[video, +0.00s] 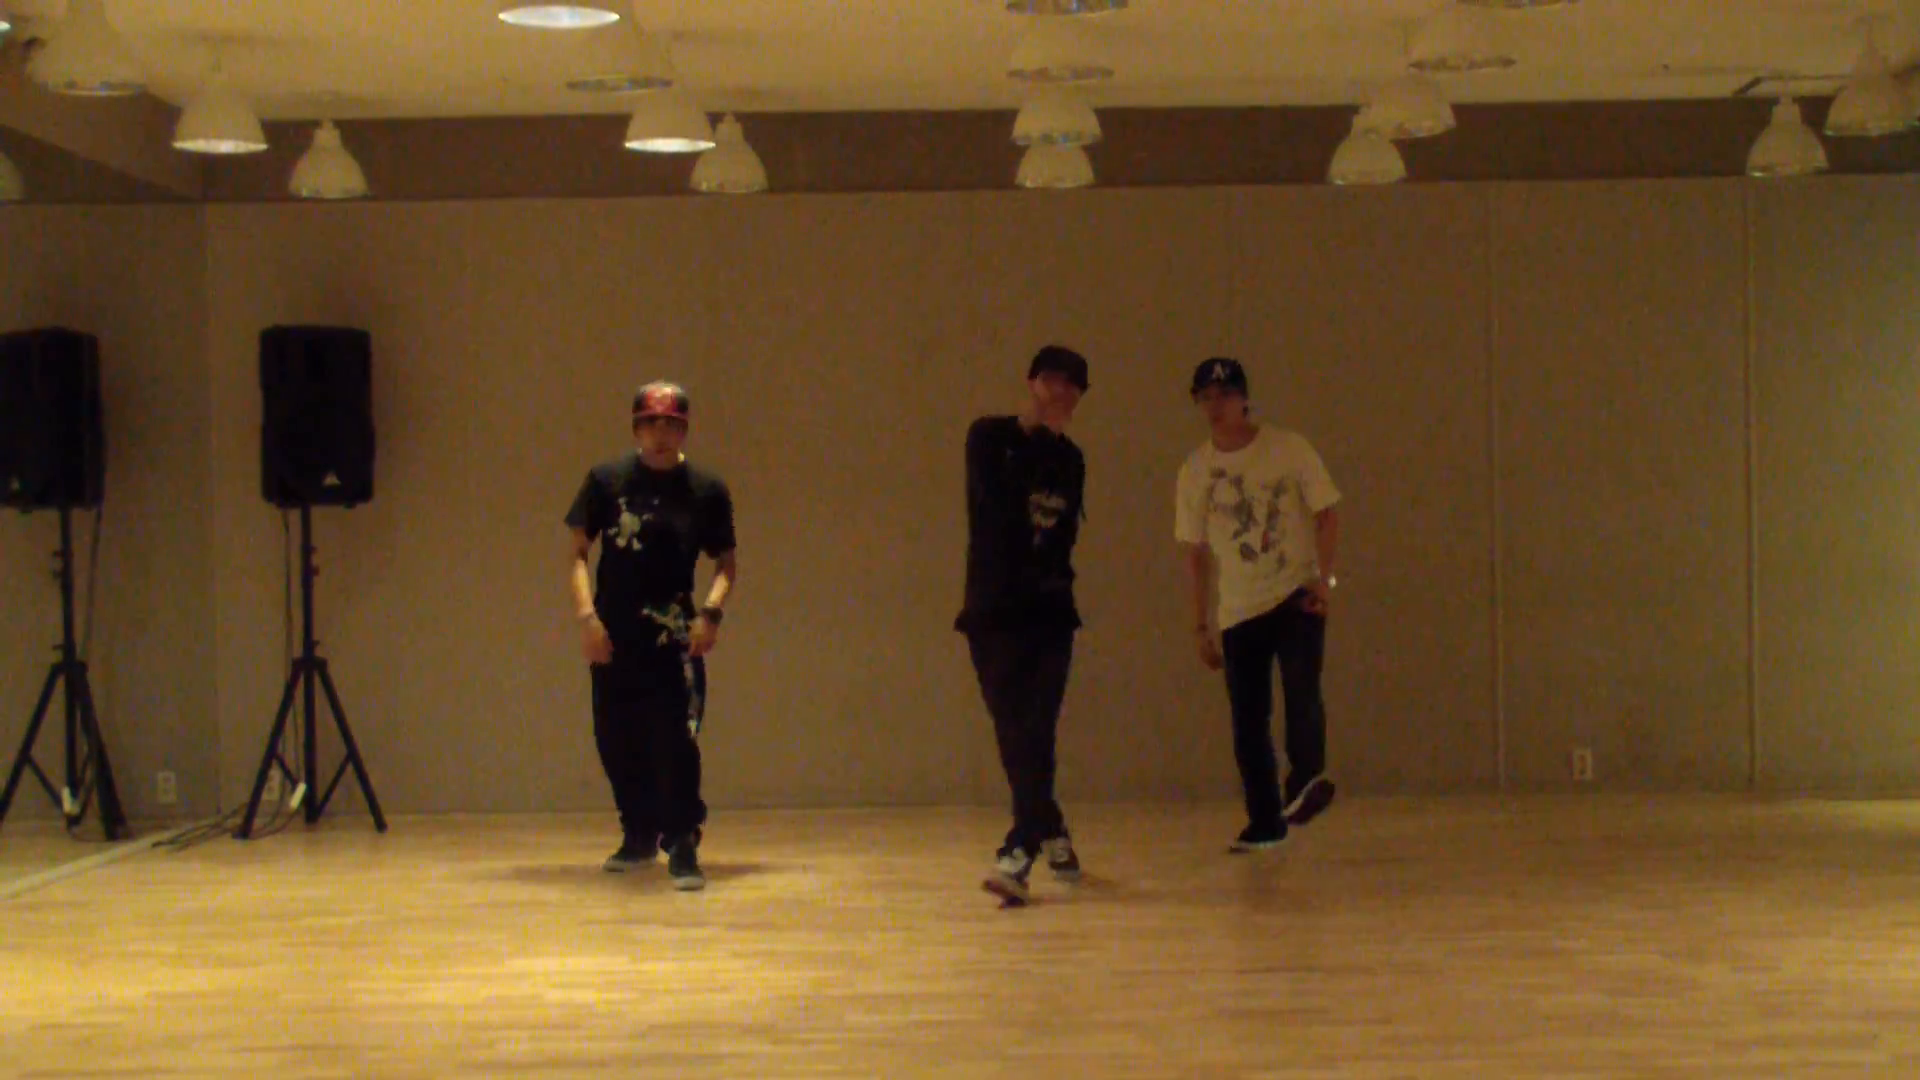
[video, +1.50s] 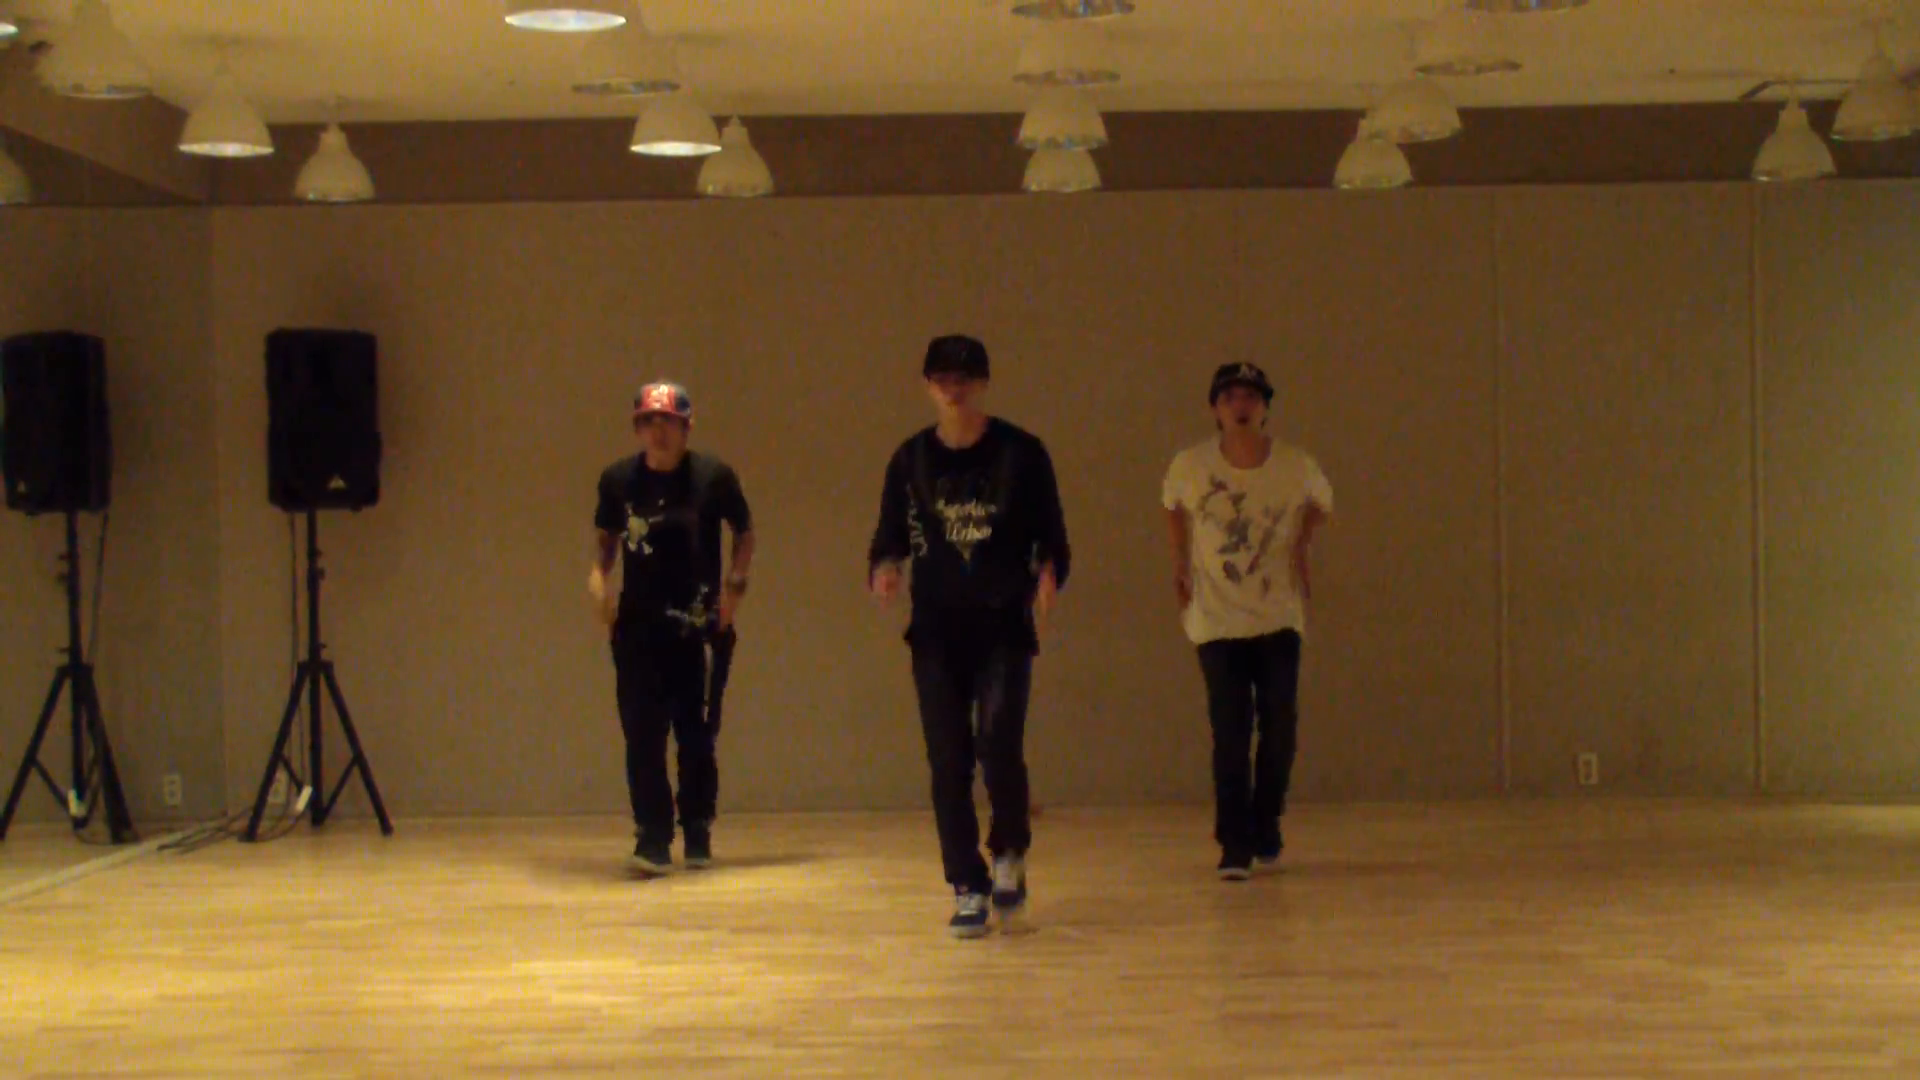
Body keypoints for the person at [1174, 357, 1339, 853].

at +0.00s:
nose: (1217, 406)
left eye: (1226, 395)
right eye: (1208, 399)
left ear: (1245, 399)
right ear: (1199, 405)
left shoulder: (1289, 448)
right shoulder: (1196, 470)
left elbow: (1327, 511)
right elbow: (1195, 553)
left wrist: (1324, 577)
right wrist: (1200, 625)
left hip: (1296, 596)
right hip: (1238, 609)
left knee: (1302, 692)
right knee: (1248, 720)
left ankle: (1305, 783)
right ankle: (1264, 822)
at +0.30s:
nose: (1236, 411)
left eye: (1245, 401)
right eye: (1227, 402)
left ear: (1263, 406)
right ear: (1213, 409)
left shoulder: (1296, 456)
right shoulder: (1199, 468)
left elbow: (1326, 521)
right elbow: (1185, 539)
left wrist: (1316, 583)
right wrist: (1190, 607)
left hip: (1290, 603)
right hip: (1230, 611)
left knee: (1305, 710)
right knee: (1240, 722)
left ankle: (1309, 814)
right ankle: (1264, 820)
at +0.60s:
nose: (1267, 409)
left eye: (1276, 400)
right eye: (1258, 399)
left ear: (1292, 410)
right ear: (1242, 407)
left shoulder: (1307, 470)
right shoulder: (1208, 463)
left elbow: (1326, 538)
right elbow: (1175, 529)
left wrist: (1319, 592)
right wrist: (1189, 581)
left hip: (1281, 612)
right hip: (1224, 615)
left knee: (1274, 719)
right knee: (1240, 725)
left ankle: (1274, 829)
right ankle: (1258, 823)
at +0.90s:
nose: (1260, 405)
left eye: (1271, 397)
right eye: (1251, 396)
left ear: (1285, 406)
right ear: (1235, 403)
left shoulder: (1309, 471)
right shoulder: (1206, 464)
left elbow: (1329, 541)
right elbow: (1172, 526)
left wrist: (1324, 595)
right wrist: (1189, 582)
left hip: (1282, 620)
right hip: (1222, 618)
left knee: (1271, 723)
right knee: (1217, 720)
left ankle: (1264, 831)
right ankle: (1244, 795)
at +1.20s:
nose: (1243, 390)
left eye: (1253, 380)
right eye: (1234, 381)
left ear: (1270, 388)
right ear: (1219, 391)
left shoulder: (1300, 450)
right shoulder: (1198, 456)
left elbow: (1327, 530)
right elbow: (1184, 535)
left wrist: (1333, 605)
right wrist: (1182, 605)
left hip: (1283, 614)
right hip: (1219, 615)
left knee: (1273, 733)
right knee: (1225, 733)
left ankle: (1267, 838)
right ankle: (1229, 844)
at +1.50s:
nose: (1240, 404)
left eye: (1249, 396)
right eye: (1229, 396)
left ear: (1265, 406)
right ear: (1215, 408)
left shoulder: (1295, 464)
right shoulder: (1190, 466)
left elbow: (1319, 508)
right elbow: (1176, 519)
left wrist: (1299, 550)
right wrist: (1181, 572)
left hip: (1278, 617)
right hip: (1217, 619)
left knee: (1279, 729)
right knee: (1231, 732)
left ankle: (1266, 831)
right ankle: (1234, 844)